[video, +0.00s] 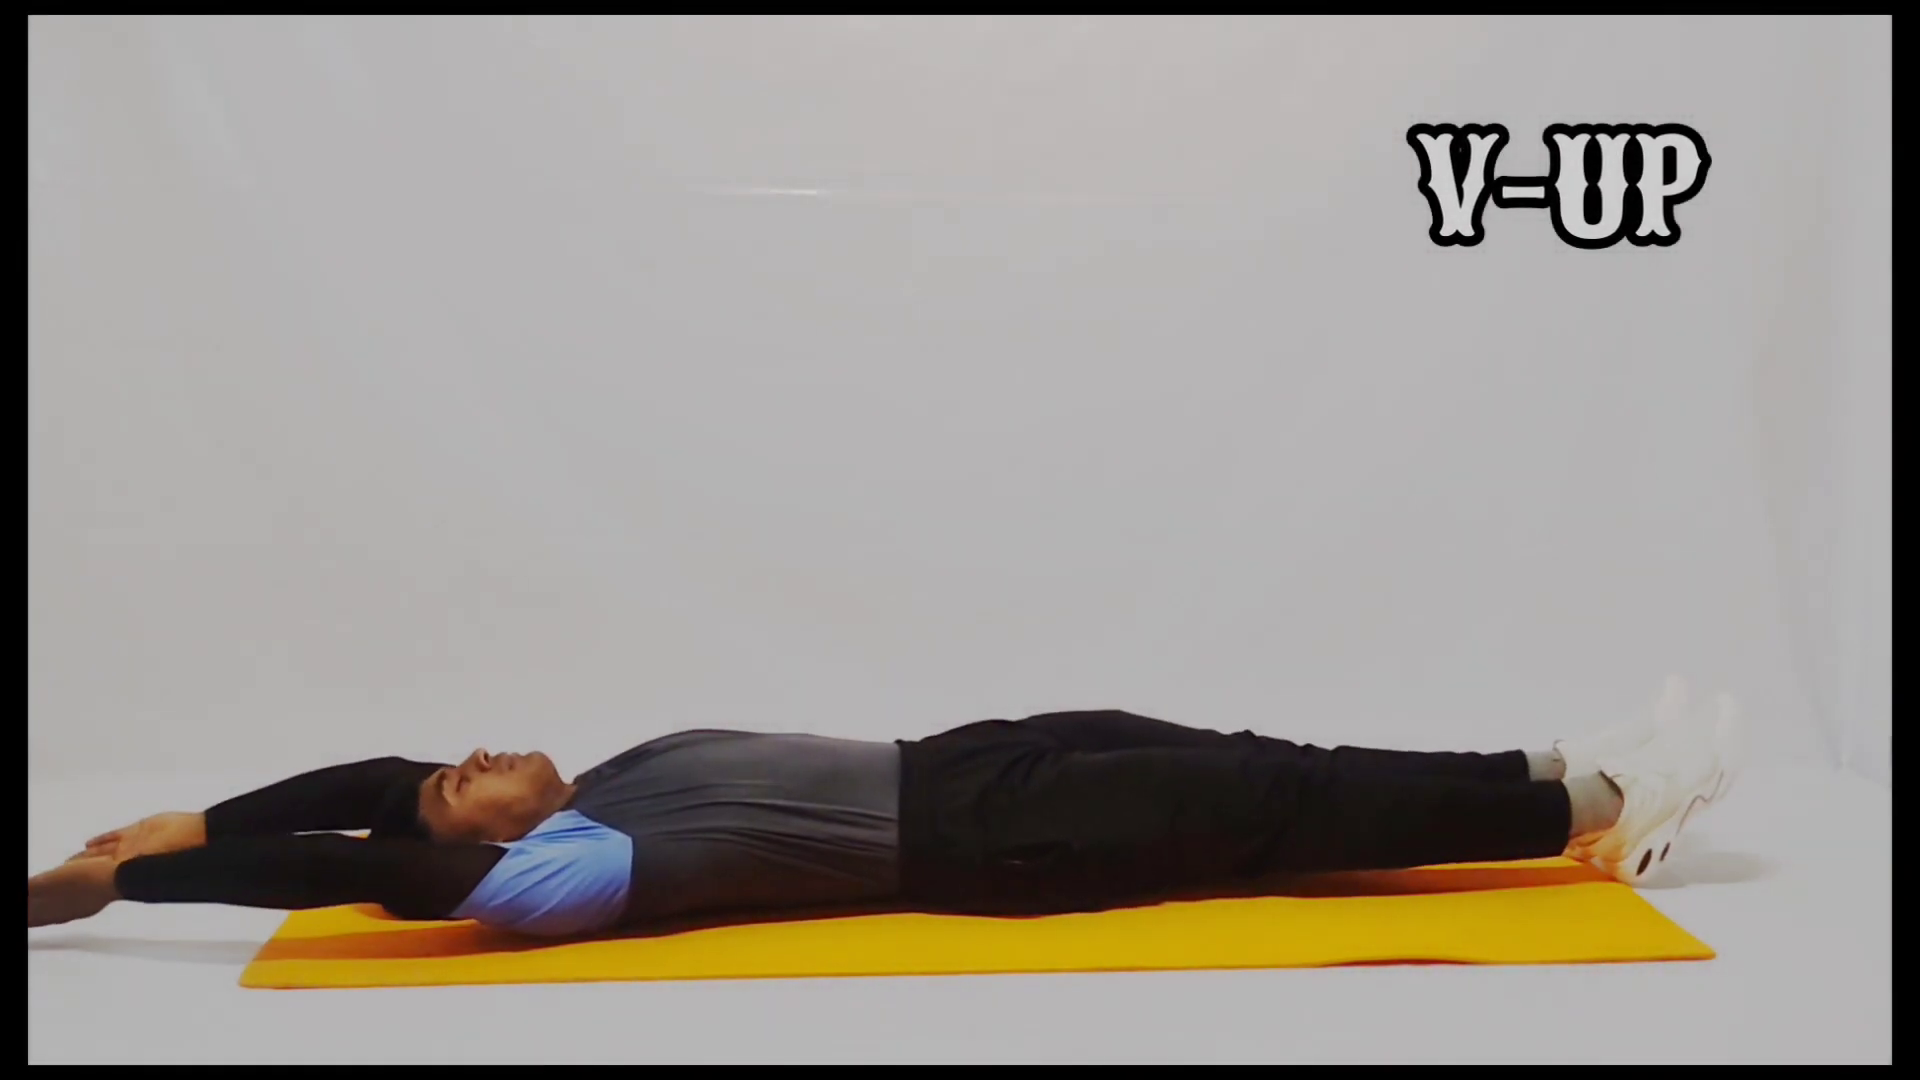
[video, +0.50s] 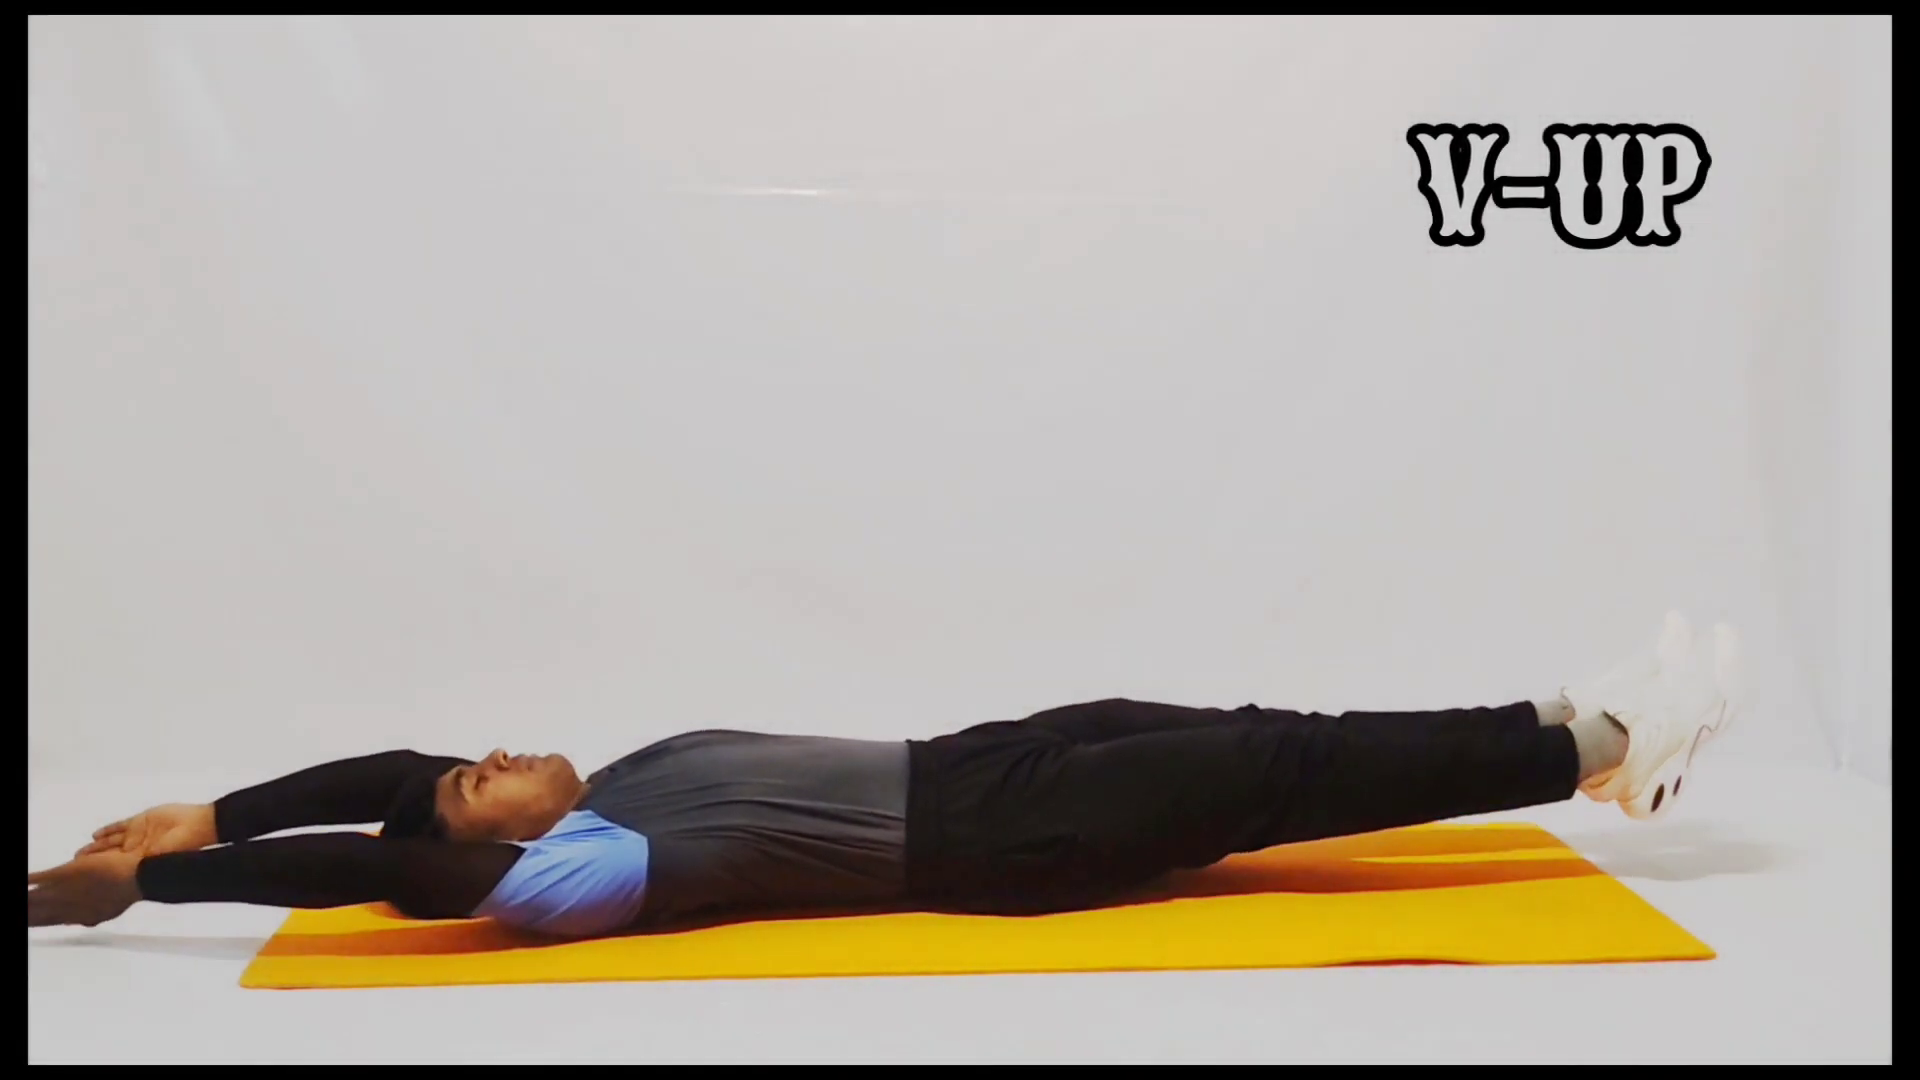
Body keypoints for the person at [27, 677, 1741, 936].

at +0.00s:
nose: (496, 763)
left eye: (473, 759)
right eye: (473, 784)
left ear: (499, 782)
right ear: (478, 842)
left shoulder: (604, 786)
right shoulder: (580, 850)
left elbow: (362, 817)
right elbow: (486, 895)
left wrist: (148, 845)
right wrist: (456, 899)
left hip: (979, 754)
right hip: (958, 824)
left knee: (1258, 757)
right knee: (1250, 811)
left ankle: (1539, 783)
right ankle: (1557, 813)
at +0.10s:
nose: (500, 762)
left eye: (477, 759)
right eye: (478, 786)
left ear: (503, 777)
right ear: (484, 848)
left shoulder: (616, 783)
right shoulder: (598, 848)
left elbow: (376, 812)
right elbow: (439, 894)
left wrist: (168, 839)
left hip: (974, 756)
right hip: (959, 826)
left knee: (1258, 748)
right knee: (1260, 800)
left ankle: (1562, 777)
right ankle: (1570, 798)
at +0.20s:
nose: (502, 761)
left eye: (479, 757)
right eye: (478, 786)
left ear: (503, 769)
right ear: (480, 845)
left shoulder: (623, 775)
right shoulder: (597, 848)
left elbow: (387, 800)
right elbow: (392, 876)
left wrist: (185, 828)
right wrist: (173, 863)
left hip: (977, 753)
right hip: (958, 826)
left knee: (1262, 745)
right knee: (1259, 798)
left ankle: (1552, 766)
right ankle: (1562, 789)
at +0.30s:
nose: (502, 767)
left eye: (476, 763)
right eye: (481, 788)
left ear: (497, 782)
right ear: (486, 843)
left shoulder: (612, 785)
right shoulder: (607, 847)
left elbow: (384, 812)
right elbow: (399, 888)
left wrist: (181, 837)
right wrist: (175, 878)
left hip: (980, 761)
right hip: (973, 824)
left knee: (1255, 742)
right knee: (1268, 787)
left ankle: (1564, 761)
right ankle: (1572, 780)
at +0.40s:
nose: (503, 778)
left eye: (482, 771)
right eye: (483, 797)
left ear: (502, 777)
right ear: (483, 845)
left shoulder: (618, 788)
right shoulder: (607, 849)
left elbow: (389, 811)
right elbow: (384, 885)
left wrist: (183, 834)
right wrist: (171, 871)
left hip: (976, 766)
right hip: (971, 827)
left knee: (1262, 743)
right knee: (1262, 778)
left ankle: (1579, 761)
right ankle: (1582, 769)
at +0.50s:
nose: (506, 768)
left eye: (483, 763)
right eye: (485, 791)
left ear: (504, 779)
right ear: (489, 843)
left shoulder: (610, 791)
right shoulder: (608, 846)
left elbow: (387, 815)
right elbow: (440, 895)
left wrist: (177, 839)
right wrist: (191, 877)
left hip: (992, 767)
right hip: (987, 819)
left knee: (1286, 740)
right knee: (1286, 766)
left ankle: (1572, 739)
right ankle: (1577, 746)